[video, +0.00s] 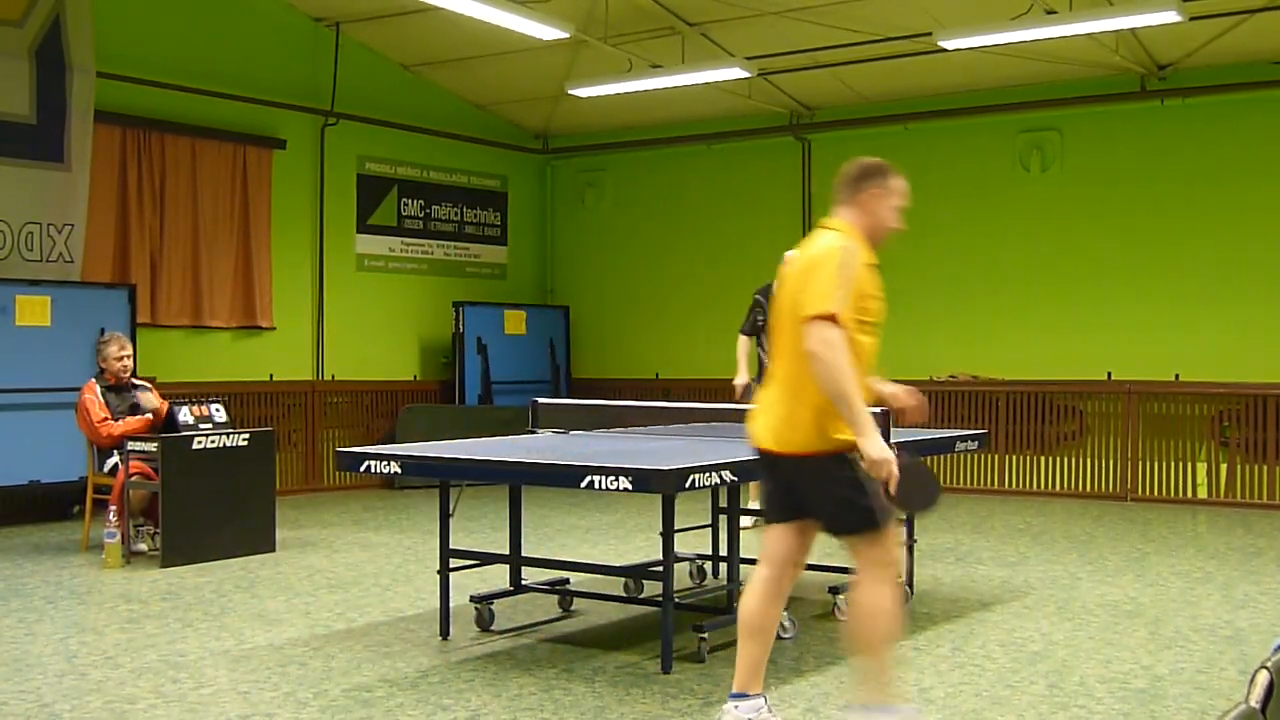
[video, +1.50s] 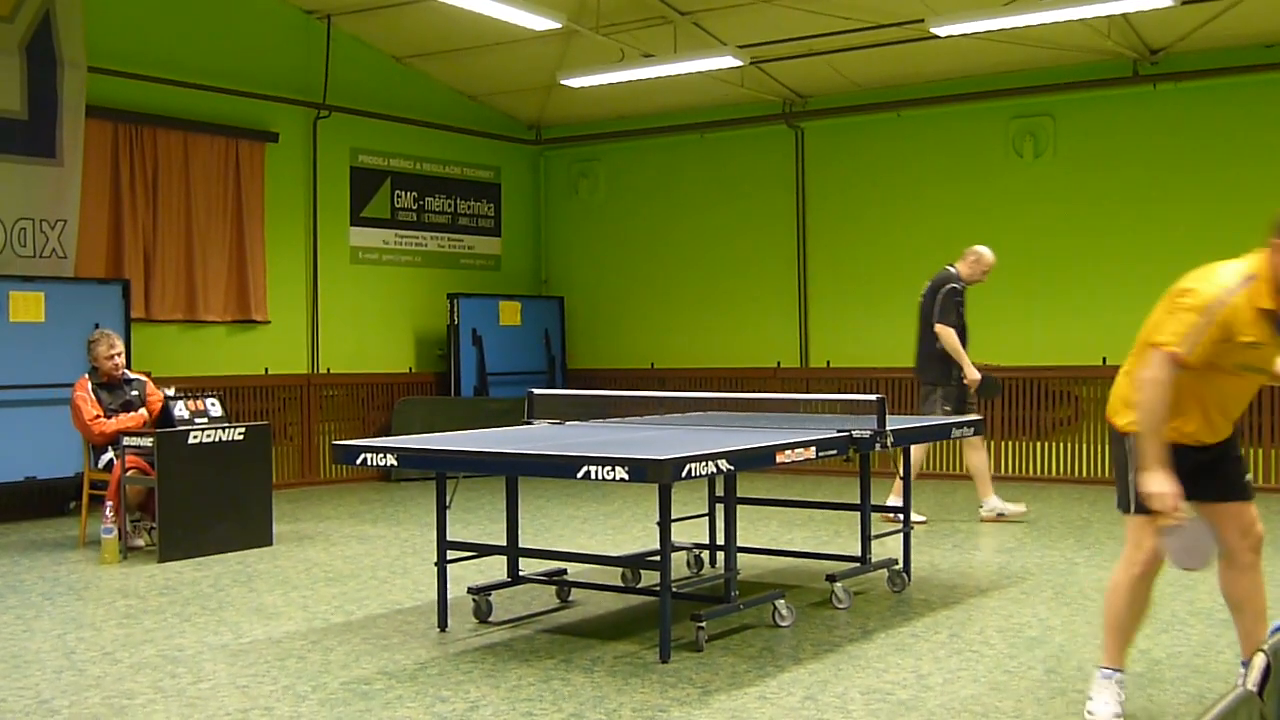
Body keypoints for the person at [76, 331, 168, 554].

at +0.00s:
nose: (126, 364)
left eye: (129, 358)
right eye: (119, 359)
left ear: (134, 359)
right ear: (103, 363)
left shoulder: (144, 387)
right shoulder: (90, 393)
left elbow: (168, 421)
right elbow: (104, 433)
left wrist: (157, 406)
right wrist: (148, 420)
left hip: (151, 451)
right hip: (116, 454)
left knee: (173, 475)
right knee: (141, 480)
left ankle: (156, 526)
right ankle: (135, 524)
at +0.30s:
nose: (124, 365)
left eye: (127, 358)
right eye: (117, 361)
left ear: (132, 359)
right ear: (102, 365)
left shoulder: (145, 388)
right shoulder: (90, 393)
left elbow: (165, 417)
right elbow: (102, 434)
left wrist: (122, 426)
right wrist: (147, 422)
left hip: (153, 452)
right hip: (116, 455)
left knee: (175, 476)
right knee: (140, 481)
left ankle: (155, 527)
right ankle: (135, 524)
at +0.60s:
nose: (124, 367)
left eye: (126, 360)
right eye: (116, 362)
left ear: (131, 360)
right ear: (101, 367)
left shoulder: (146, 388)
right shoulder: (89, 394)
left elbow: (167, 421)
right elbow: (102, 436)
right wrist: (145, 423)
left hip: (152, 453)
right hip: (116, 456)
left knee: (175, 476)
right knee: (140, 482)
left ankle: (152, 527)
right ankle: (134, 526)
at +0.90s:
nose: (121, 365)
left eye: (123, 358)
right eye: (113, 361)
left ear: (128, 358)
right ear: (98, 365)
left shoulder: (143, 384)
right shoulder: (87, 392)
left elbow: (164, 417)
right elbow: (99, 434)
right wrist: (143, 420)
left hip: (152, 450)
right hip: (116, 453)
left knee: (175, 473)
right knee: (139, 479)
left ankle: (152, 524)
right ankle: (133, 523)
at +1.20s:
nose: (118, 363)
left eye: (120, 357)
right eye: (110, 359)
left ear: (125, 356)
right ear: (96, 363)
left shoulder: (141, 382)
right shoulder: (85, 390)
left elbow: (159, 412)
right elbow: (97, 433)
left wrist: (115, 424)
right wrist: (141, 418)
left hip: (150, 448)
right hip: (113, 451)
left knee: (172, 472)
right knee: (138, 478)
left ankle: (147, 523)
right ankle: (128, 521)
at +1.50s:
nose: (118, 362)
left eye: (120, 355)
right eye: (110, 358)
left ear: (125, 354)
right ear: (95, 361)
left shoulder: (141, 381)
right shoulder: (84, 389)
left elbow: (162, 413)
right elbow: (96, 431)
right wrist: (139, 418)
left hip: (149, 447)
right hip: (113, 450)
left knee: (172, 471)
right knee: (136, 477)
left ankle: (147, 521)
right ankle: (129, 520)